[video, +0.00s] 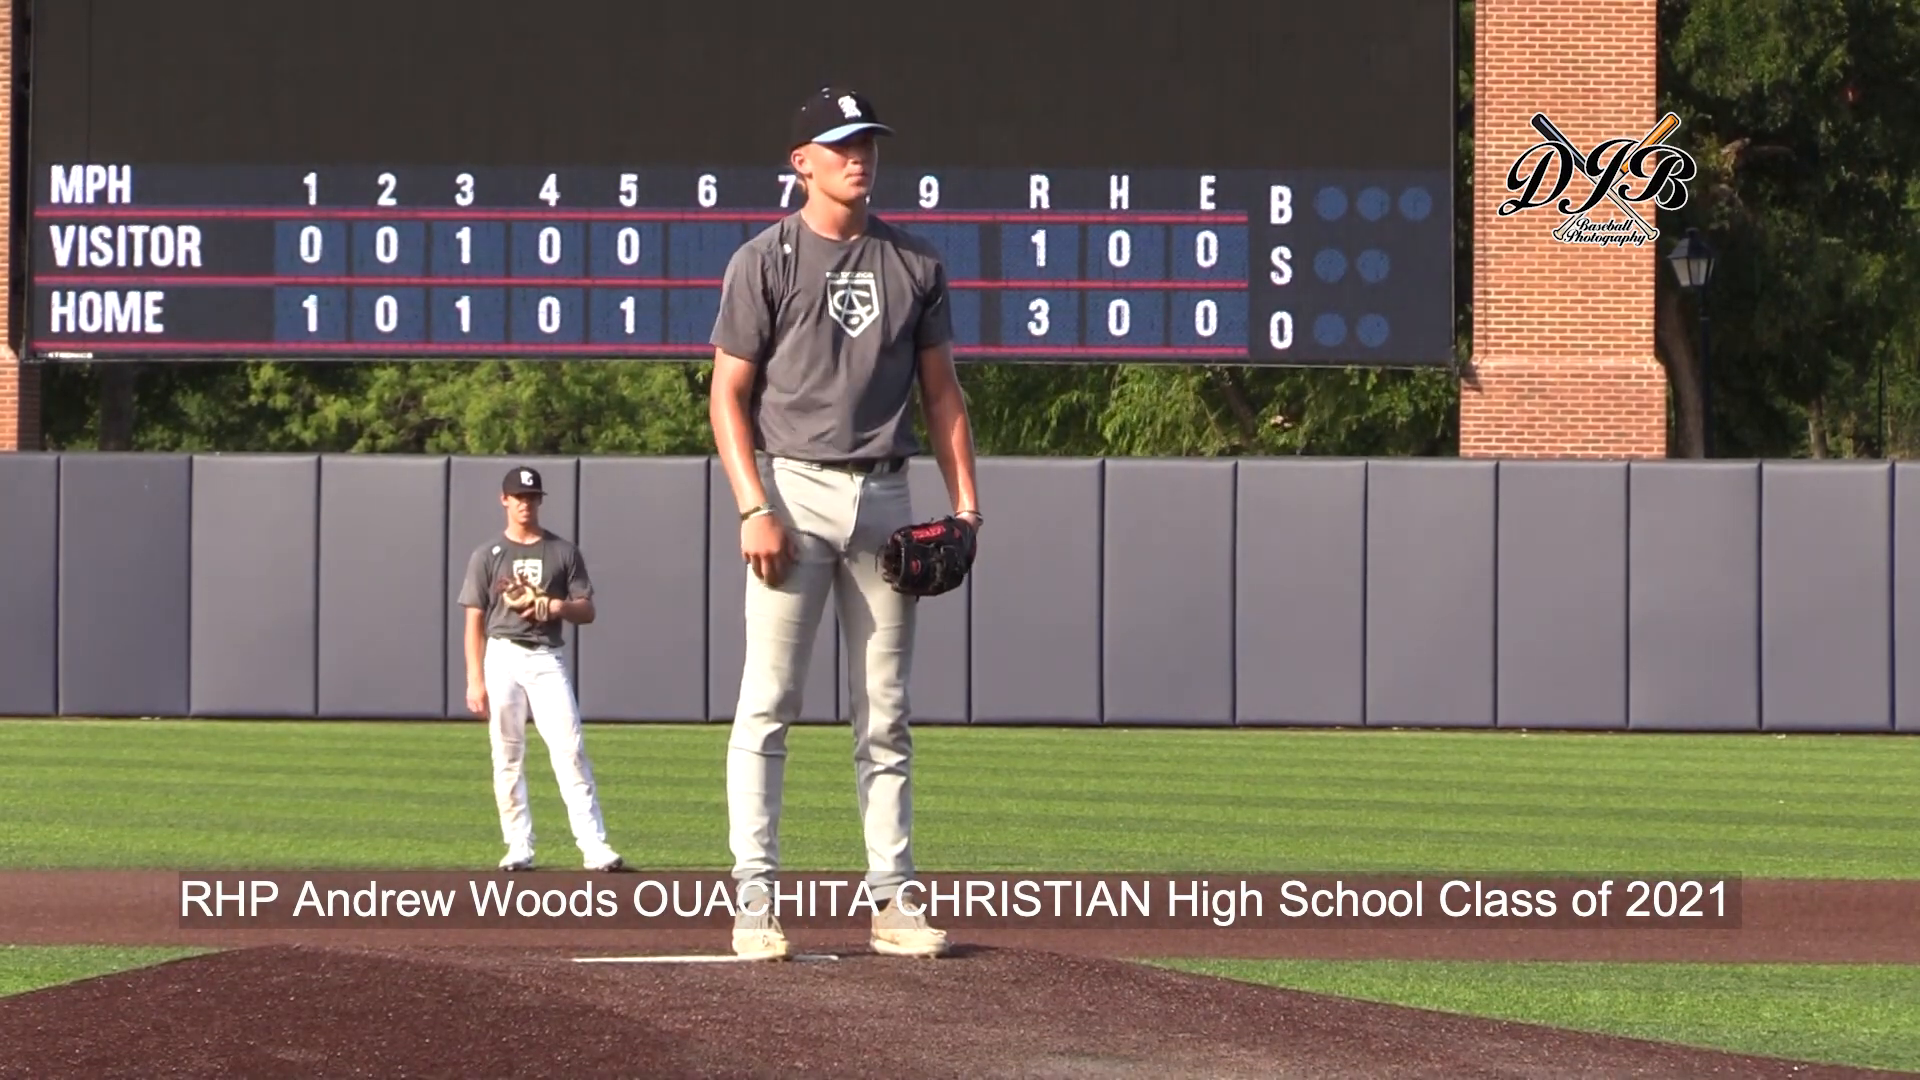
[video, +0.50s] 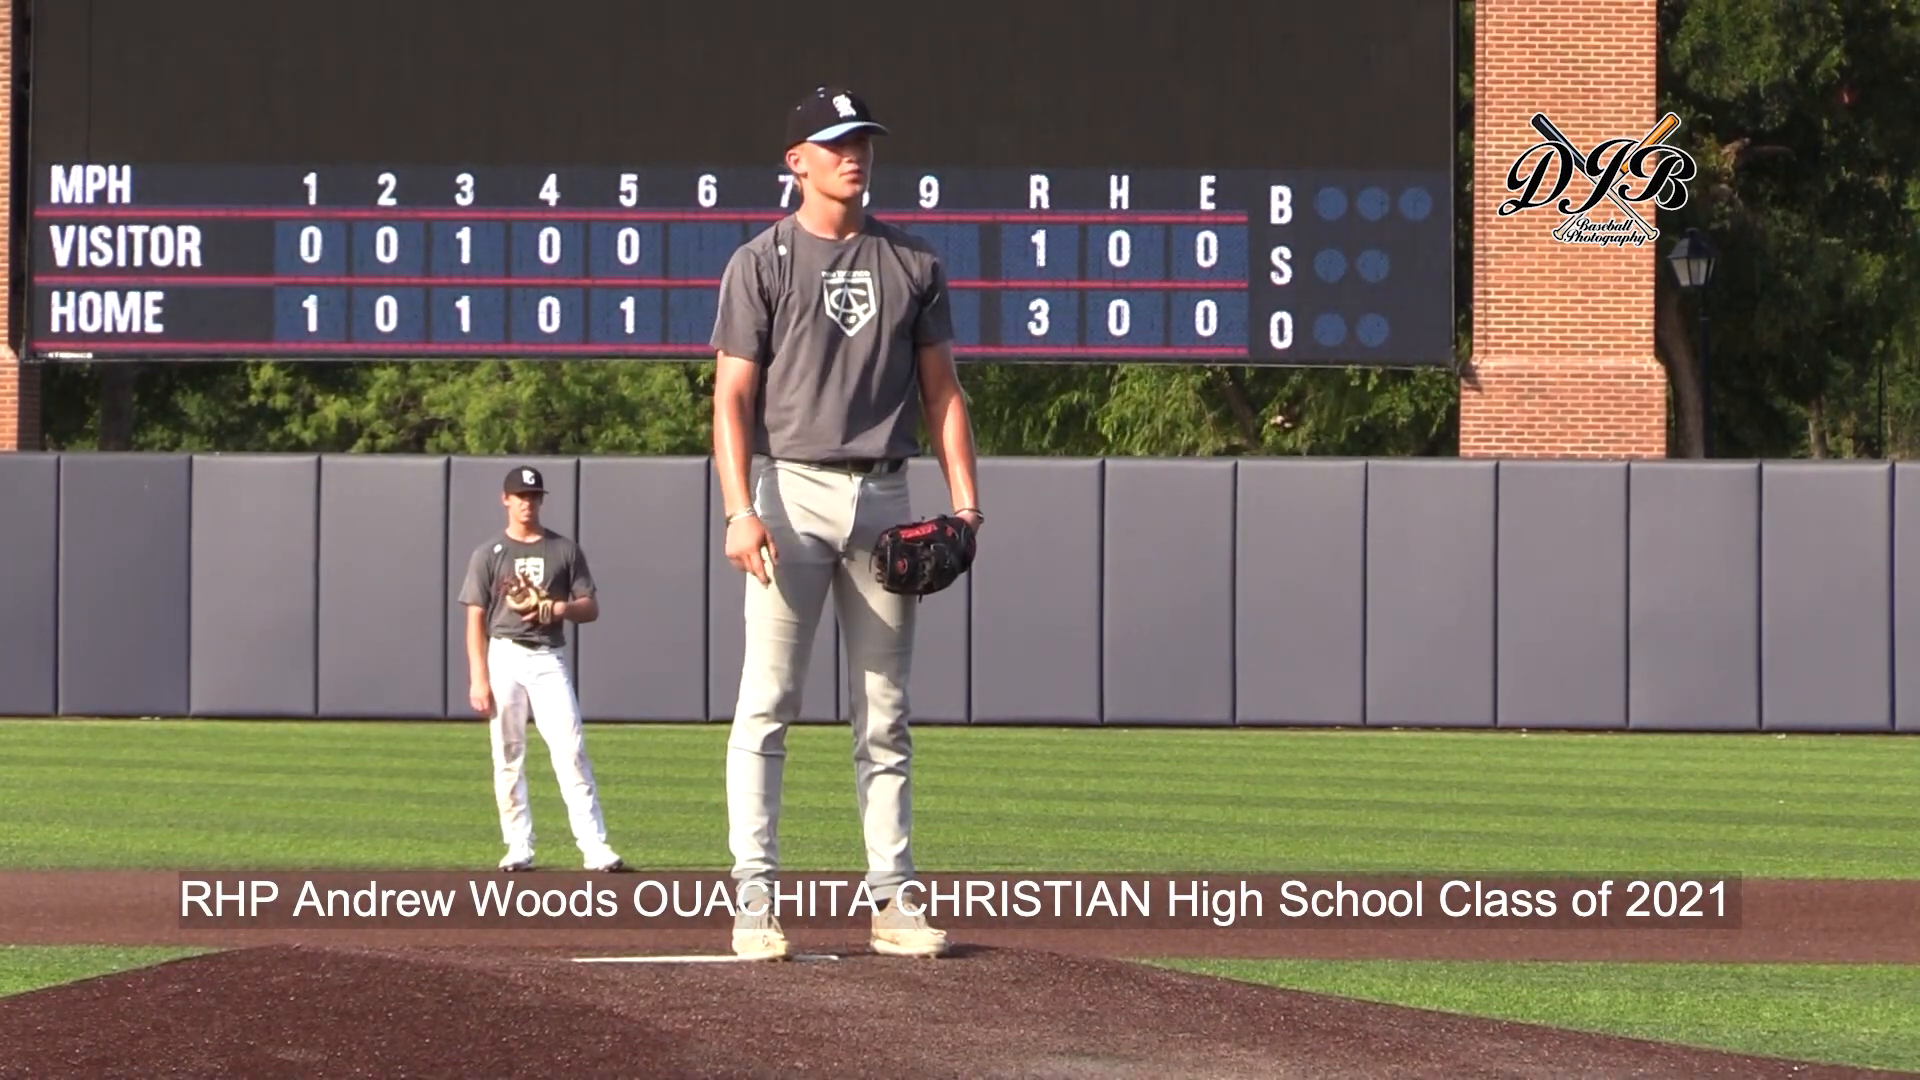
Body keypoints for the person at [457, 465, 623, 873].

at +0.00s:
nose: (526, 505)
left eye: (532, 498)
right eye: (519, 498)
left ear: (541, 501)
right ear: (505, 501)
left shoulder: (564, 551)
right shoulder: (486, 556)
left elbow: (587, 611)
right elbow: (474, 622)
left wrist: (556, 606)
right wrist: (475, 679)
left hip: (548, 658)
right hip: (501, 657)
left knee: (571, 750)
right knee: (507, 756)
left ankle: (596, 850)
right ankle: (518, 849)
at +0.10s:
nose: (526, 504)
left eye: (532, 497)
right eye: (519, 497)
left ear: (541, 501)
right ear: (505, 500)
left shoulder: (565, 551)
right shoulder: (486, 556)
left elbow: (588, 610)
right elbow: (474, 622)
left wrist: (555, 607)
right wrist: (475, 679)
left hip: (548, 658)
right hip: (501, 656)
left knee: (571, 749)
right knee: (507, 755)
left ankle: (596, 850)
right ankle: (518, 849)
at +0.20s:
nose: (527, 504)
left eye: (533, 497)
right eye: (519, 497)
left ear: (541, 501)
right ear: (505, 501)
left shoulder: (565, 551)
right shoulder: (486, 556)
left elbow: (588, 609)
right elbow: (474, 623)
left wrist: (553, 608)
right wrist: (476, 680)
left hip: (548, 657)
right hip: (501, 656)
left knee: (571, 750)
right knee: (507, 755)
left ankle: (596, 850)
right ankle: (518, 849)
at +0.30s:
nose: (526, 504)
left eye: (532, 497)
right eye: (519, 497)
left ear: (541, 500)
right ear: (505, 500)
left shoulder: (565, 551)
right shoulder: (487, 556)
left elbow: (589, 609)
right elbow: (475, 622)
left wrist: (557, 608)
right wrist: (478, 680)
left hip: (548, 657)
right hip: (502, 655)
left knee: (571, 750)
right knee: (507, 755)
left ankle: (596, 850)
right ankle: (519, 849)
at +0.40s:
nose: (527, 504)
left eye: (533, 497)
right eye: (520, 497)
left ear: (542, 500)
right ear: (506, 501)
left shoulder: (566, 550)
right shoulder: (487, 556)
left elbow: (589, 609)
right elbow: (475, 622)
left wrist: (555, 607)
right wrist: (479, 680)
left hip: (549, 657)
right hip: (502, 656)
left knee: (571, 750)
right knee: (508, 756)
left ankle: (596, 850)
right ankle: (518, 849)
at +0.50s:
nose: (528, 503)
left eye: (534, 497)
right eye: (521, 497)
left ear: (543, 500)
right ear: (506, 500)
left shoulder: (566, 550)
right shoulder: (487, 555)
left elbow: (589, 609)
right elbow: (476, 621)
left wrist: (557, 607)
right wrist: (479, 680)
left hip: (549, 657)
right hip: (502, 655)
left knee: (572, 750)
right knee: (508, 756)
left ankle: (596, 850)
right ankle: (519, 849)